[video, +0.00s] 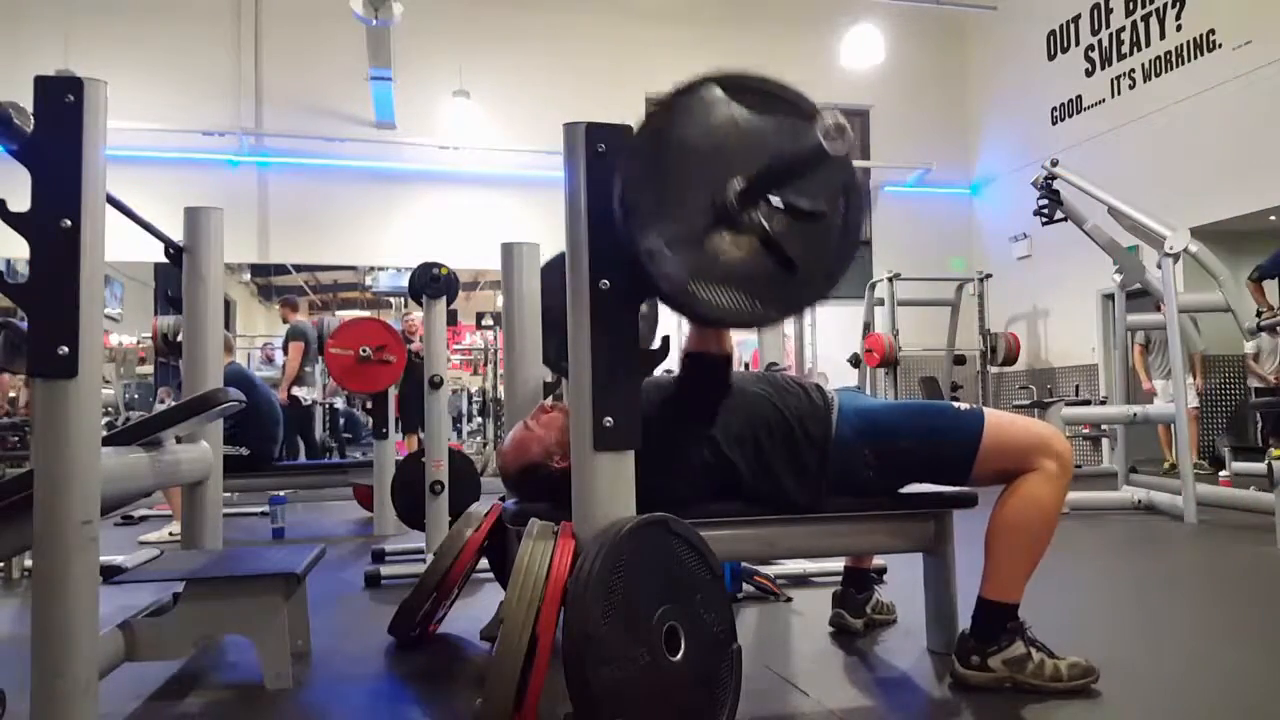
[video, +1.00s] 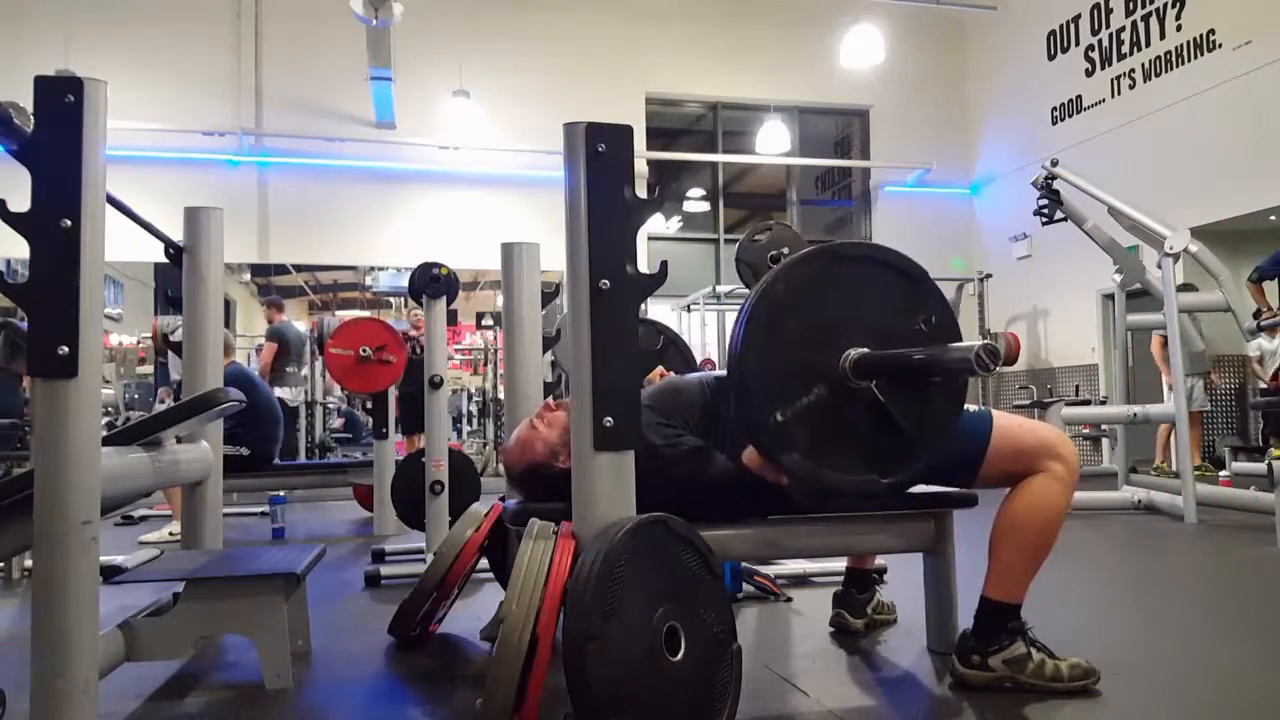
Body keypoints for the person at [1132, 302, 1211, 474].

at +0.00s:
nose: (1169, 308)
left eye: (1172, 304)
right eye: (1165, 305)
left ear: (1177, 305)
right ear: (1159, 307)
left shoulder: (1186, 321)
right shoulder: (1149, 324)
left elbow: (1196, 350)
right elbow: (1138, 351)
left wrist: (1199, 375)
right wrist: (1144, 379)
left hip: (1185, 377)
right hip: (1160, 379)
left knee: (1193, 413)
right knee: (1163, 419)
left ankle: (1194, 458)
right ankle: (1169, 459)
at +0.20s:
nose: (1170, 308)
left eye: (1173, 303)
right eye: (1167, 304)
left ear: (1177, 304)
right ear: (1162, 306)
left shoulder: (1188, 322)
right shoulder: (1154, 324)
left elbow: (1201, 351)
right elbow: (1142, 352)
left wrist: (1203, 379)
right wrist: (1148, 378)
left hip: (1188, 377)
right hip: (1164, 379)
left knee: (1193, 416)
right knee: (1165, 420)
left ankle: (1196, 459)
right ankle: (1169, 459)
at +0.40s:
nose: (1187, 302)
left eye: (1191, 298)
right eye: (1183, 298)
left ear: (1197, 301)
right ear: (1175, 299)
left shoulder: (1203, 321)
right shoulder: (1164, 318)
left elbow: (1207, 351)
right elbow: (1151, 346)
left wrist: (1208, 379)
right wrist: (1155, 376)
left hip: (1194, 376)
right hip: (1169, 377)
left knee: (1195, 417)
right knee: (1167, 419)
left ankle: (1196, 460)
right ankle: (1169, 458)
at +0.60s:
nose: (1192, 303)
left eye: (1196, 298)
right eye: (1187, 298)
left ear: (1201, 300)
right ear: (1180, 299)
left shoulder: (1209, 320)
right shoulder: (1169, 317)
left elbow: (1213, 348)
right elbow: (1154, 345)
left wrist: (1214, 374)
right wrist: (1158, 373)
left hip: (1198, 376)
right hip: (1174, 376)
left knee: (1196, 419)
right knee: (1169, 419)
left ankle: (1196, 460)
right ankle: (1169, 455)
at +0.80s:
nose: (1195, 303)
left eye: (1198, 298)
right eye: (1191, 298)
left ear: (1201, 300)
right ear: (1181, 299)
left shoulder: (1204, 320)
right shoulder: (1169, 318)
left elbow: (1210, 345)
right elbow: (1155, 345)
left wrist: (1216, 369)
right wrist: (1162, 374)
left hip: (1200, 375)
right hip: (1177, 375)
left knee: (1196, 418)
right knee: (1170, 418)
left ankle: (1197, 461)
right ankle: (1164, 459)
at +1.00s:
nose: (1193, 302)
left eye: (1194, 298)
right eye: (1189, 297)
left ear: (1196, 299)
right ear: (1179, 298)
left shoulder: (1195, 320)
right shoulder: (1167, 317)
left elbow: (1201, 348)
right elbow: (1156, 346)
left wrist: (1210, 371)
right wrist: (1166, 372)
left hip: (1197, 375)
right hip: (1177, 375)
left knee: (1196, 418)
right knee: (1170, 419)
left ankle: (1197, 461)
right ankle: (1160, 461)